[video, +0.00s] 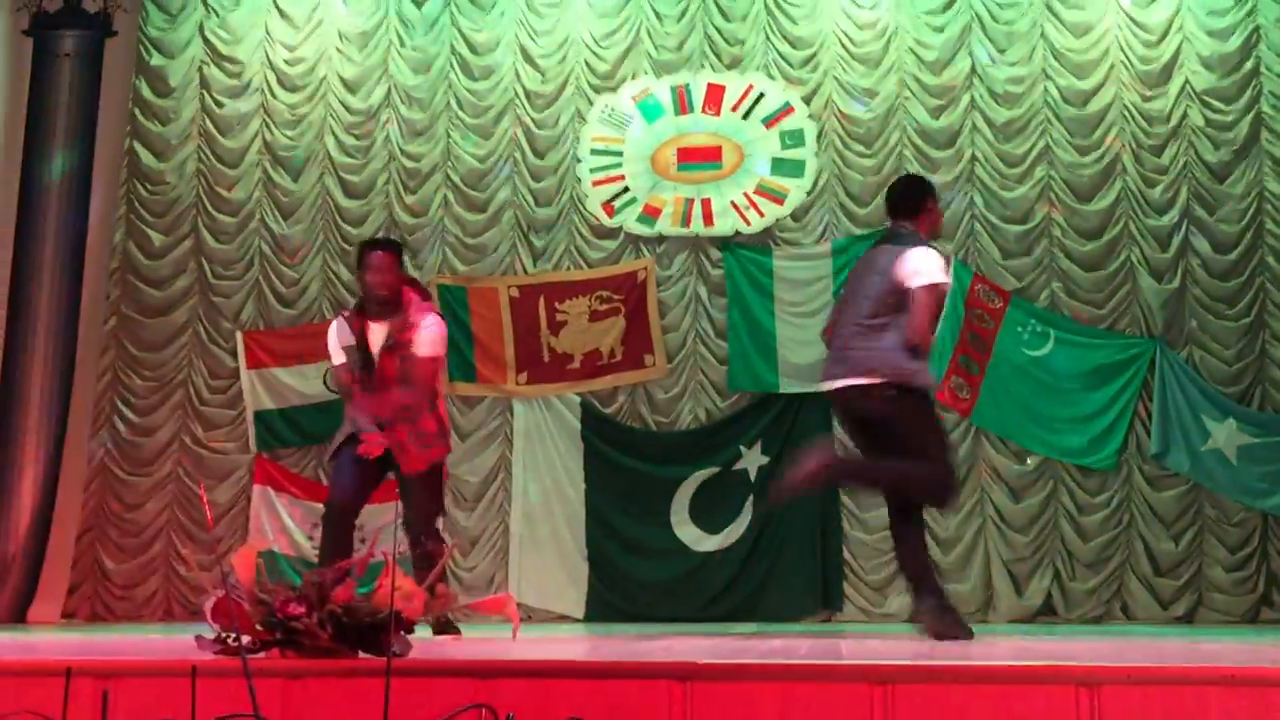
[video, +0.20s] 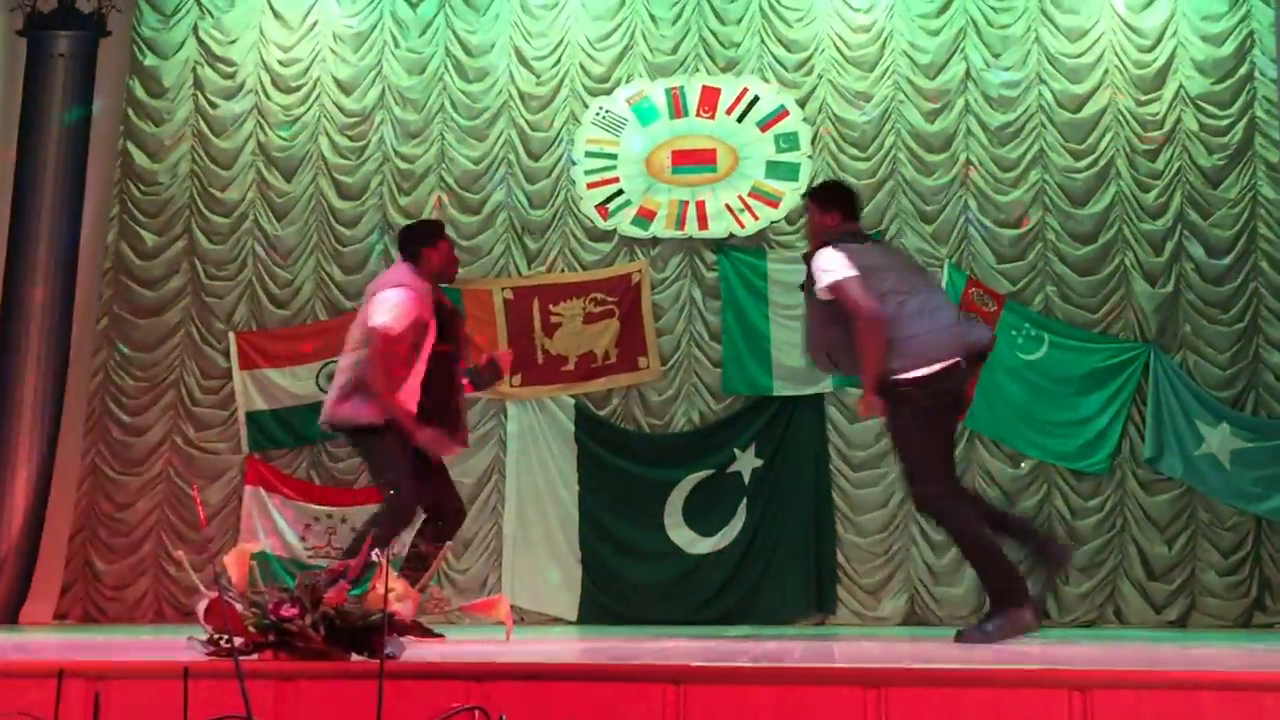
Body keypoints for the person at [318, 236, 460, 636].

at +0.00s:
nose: (380, 280)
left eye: (388, 271)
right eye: (372, 271)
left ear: (401, 276)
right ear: (359, 276)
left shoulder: (427, 325)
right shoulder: (343, 327)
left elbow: (418, 393)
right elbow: (350, 393)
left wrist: (369, 413)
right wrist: (367, 424)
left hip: (418, 438)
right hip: (367, 437)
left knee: (422, 526)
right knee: (339, 506)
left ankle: (439, 614)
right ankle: (327, 605)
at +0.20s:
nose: (457, 255)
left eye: (453, 247)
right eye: (449, 247)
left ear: (427, 255)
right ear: (428, 254)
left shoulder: (421, 295)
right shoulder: (402, 296)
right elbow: (375, 378)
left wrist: (474, 373)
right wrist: (418, 431)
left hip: (394, 418)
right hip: (368, 417)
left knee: (448, 512)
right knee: (402, 501)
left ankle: (403, 595)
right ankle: (335, 585)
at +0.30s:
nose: (437, 255)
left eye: (435, 249)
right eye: (436, 248)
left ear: (394, 249)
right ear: (429, 248)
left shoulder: (365, 296)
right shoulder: (429, 284)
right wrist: (450, 386)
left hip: (370, 415)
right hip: (407, 407)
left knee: (417, 509)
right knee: (445, 506)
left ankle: (401, 595)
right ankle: (376, 568)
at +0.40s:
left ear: (362, 244)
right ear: (404, 243)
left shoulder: (338, 289)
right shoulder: (428, 277)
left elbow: (327, 365)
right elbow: (478, 314)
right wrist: (483, 370)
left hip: (369, 415)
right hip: (424, 407)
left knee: (391, 512)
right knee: (443, 501)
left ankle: (404, 607)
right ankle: (425, 579)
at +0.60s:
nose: (330, 240)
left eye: (335, 232)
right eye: (331, 232)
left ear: (355, 231)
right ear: (374, 231)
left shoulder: (355, 270)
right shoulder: (408, 265)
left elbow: (320, 339)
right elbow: (454, 309)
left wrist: (303, 352)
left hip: (383, 405)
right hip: (416, 404)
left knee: (376, 510)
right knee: (383, 506)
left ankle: (412, 613)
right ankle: (411, 608)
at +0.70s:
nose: (349, 238)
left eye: (357, 231)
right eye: (349, 230)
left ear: (383, 234)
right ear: (382, 235)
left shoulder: (388, 272)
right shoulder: (399, 268)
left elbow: (357, 334)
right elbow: (372, 333)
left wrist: (317, 340)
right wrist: (325, 330)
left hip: (393, 414)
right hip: (397, 413)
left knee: (385, 513)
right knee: (382, 513)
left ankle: (420, 611)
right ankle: (394, 610)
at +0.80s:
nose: (365, 241)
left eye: (375, 233)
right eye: (363, 233)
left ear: (400, 238)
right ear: (366, 238)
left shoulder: (416, 275)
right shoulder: (378, 278)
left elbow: (392, 336)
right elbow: (357, 338)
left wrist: (336, 328)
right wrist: (312, 322)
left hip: (402, 421)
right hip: (371, 419)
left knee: (395, 516)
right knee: (365, 518)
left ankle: (413, 620)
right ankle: (380, 617)